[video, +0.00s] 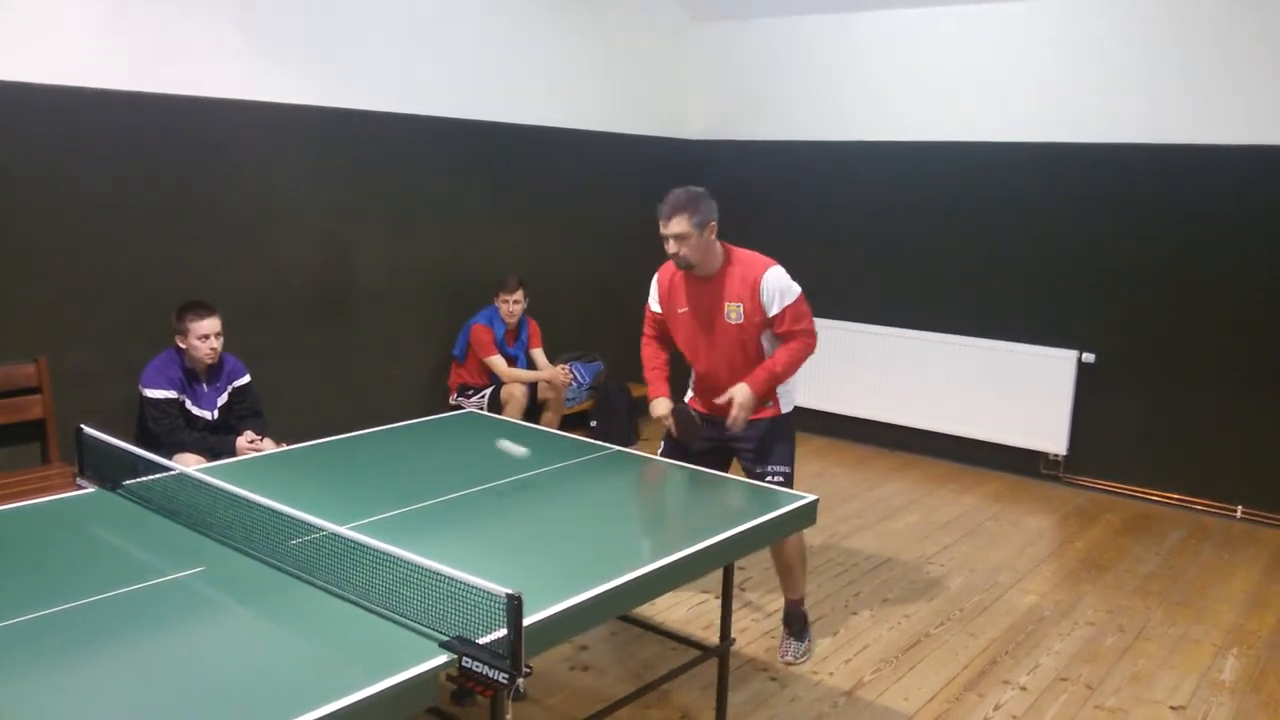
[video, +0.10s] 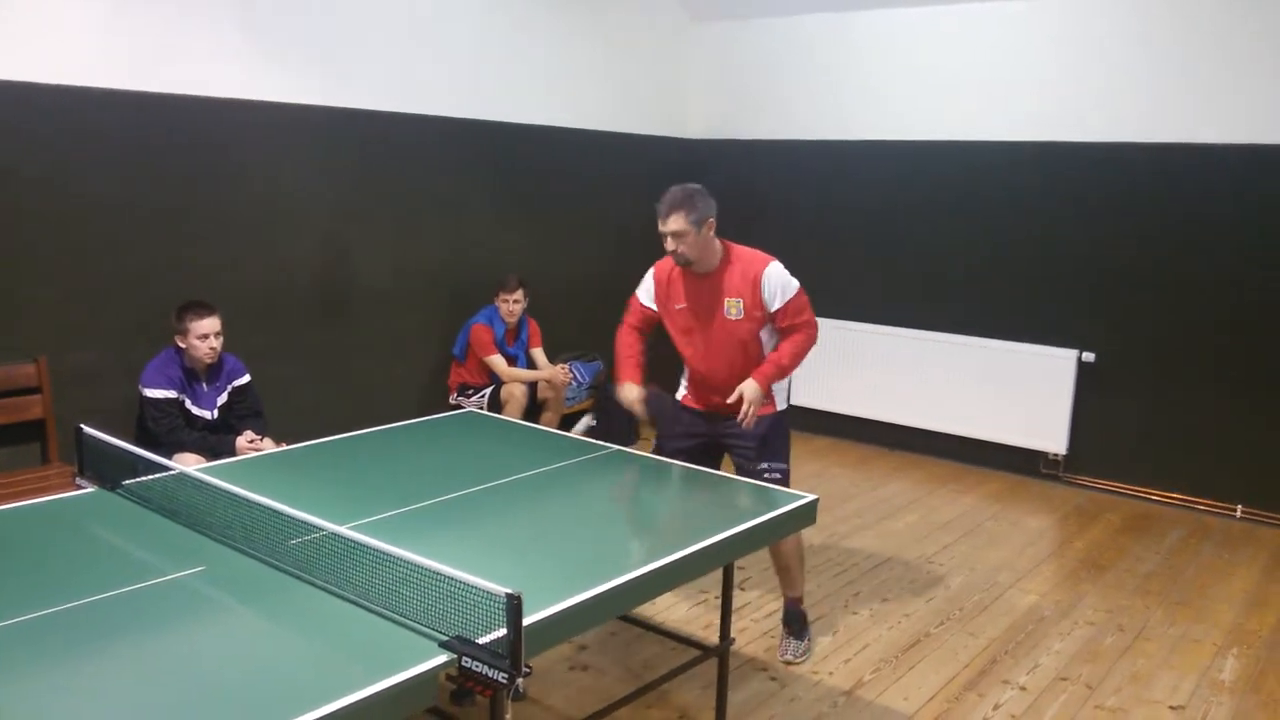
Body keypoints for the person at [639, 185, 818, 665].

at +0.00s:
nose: (672, 250)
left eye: (681, 239)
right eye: (666, 240)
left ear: (711, 231)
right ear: (663, 237)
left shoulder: (763, 276)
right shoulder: (665, 281)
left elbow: (802, 338)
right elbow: (654, 339)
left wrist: (754, 387)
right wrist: (659, 394)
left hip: (763, 416)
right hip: (699, 413)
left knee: (778, 514)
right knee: (668, 498)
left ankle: (795, 618)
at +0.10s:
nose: (670, 247)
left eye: (678, 236)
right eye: (665, 237)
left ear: (710, 228)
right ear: (663, 233)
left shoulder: (761, 272)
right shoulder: (662, 277)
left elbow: (803, 329)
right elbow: (631, 327)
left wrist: (761, 380)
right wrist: (629, 379)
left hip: (756, 411)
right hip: (692, 407)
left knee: (774, 510)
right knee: (660, 499)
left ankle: (794, 615)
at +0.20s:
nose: (668, 240)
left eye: (677, 229)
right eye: (662, 230)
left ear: (706, 222)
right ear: (658, 229)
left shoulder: (756, 268)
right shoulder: (653, 269)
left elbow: (795, 325)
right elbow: (603, 308)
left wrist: (755, 373)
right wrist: (586, 346)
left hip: (745, 412)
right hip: (681, 406)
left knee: (770, 508)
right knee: (644, 495)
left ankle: (792, 616)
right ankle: (619, 585)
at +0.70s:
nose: (665, 215)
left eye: (676, 207)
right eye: (663, 206)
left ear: (709, 210)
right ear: (664, 210)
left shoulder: (755, 263)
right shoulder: (657, 267)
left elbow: (781, 334)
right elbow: (648, 334)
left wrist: (731, 371)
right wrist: (646, 378)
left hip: (742, 417)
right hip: (677, 415)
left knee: (768, 512)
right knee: (653, 504)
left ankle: (790, 615)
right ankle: (626, 589)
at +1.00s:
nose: (696, 209)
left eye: (707, 201)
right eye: (694, 200)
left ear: (740, 206)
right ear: (696, 206)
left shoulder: (782, 265)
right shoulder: (697, 261)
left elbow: (796, 344)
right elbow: (699, 329)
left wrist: (728, 377)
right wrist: (699, 365)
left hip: (781, 424)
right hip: (724, 416)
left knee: (787, 523)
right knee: (699, 503)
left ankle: (793, 616)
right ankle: (686, 578)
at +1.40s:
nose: (690, 259)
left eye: (697, 248)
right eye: (686, 250)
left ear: (727, 236)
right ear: (687, 244)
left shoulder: (788, 274)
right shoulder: (695, 287)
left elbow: (826, 347)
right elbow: (697, 352)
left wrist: (794, 414)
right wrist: (712, 404)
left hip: (807, 407)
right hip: (745, 408)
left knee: (818, 508)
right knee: (717, 496)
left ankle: (825, 619)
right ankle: (715, 582)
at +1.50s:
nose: (696, 294)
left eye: (700, 284)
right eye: (689, 286)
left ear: (723, 263)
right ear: (682, 275)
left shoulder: (788, 281)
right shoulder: (689, 300)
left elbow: (831, 345)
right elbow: (687, 348)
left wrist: (826, 413)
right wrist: (698, 402)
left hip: (810, 402)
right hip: (748, 402)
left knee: (844, 493)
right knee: (724, 490)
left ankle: (863, 593)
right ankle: (714, 584)